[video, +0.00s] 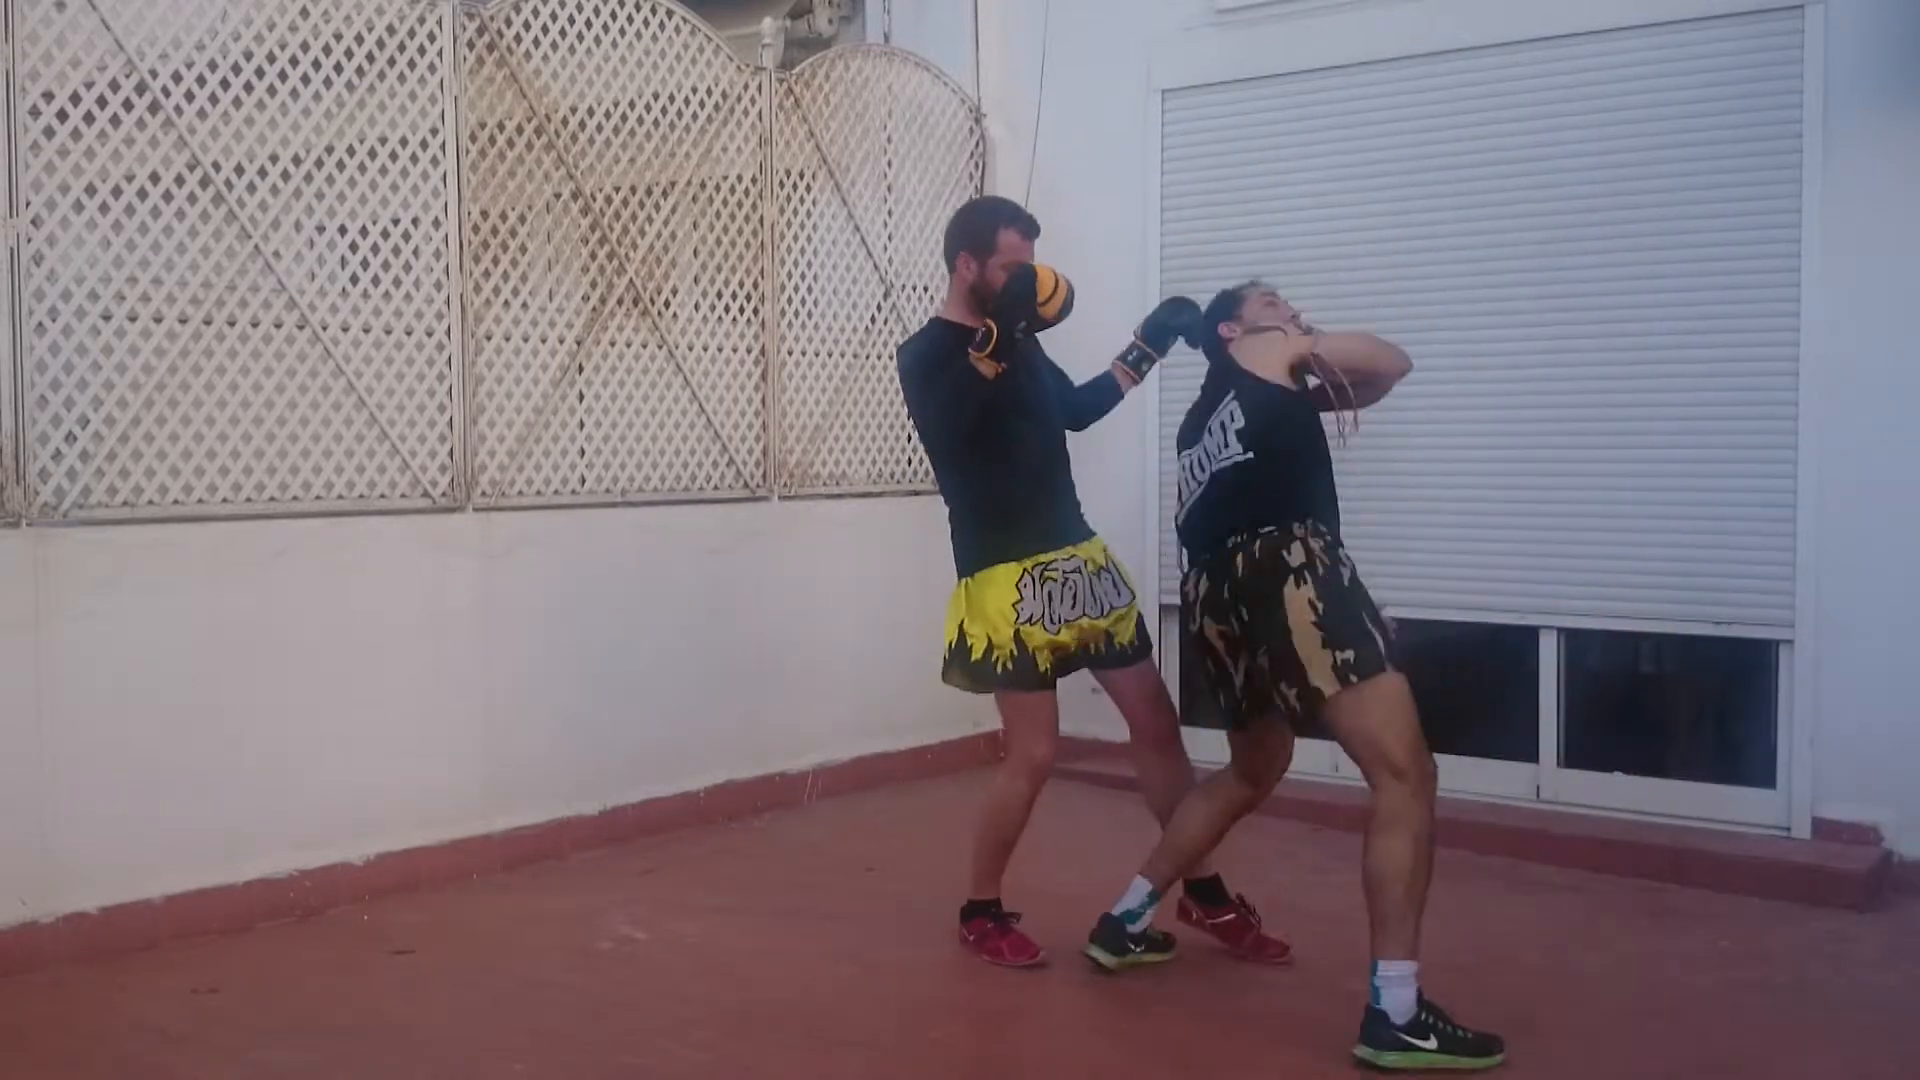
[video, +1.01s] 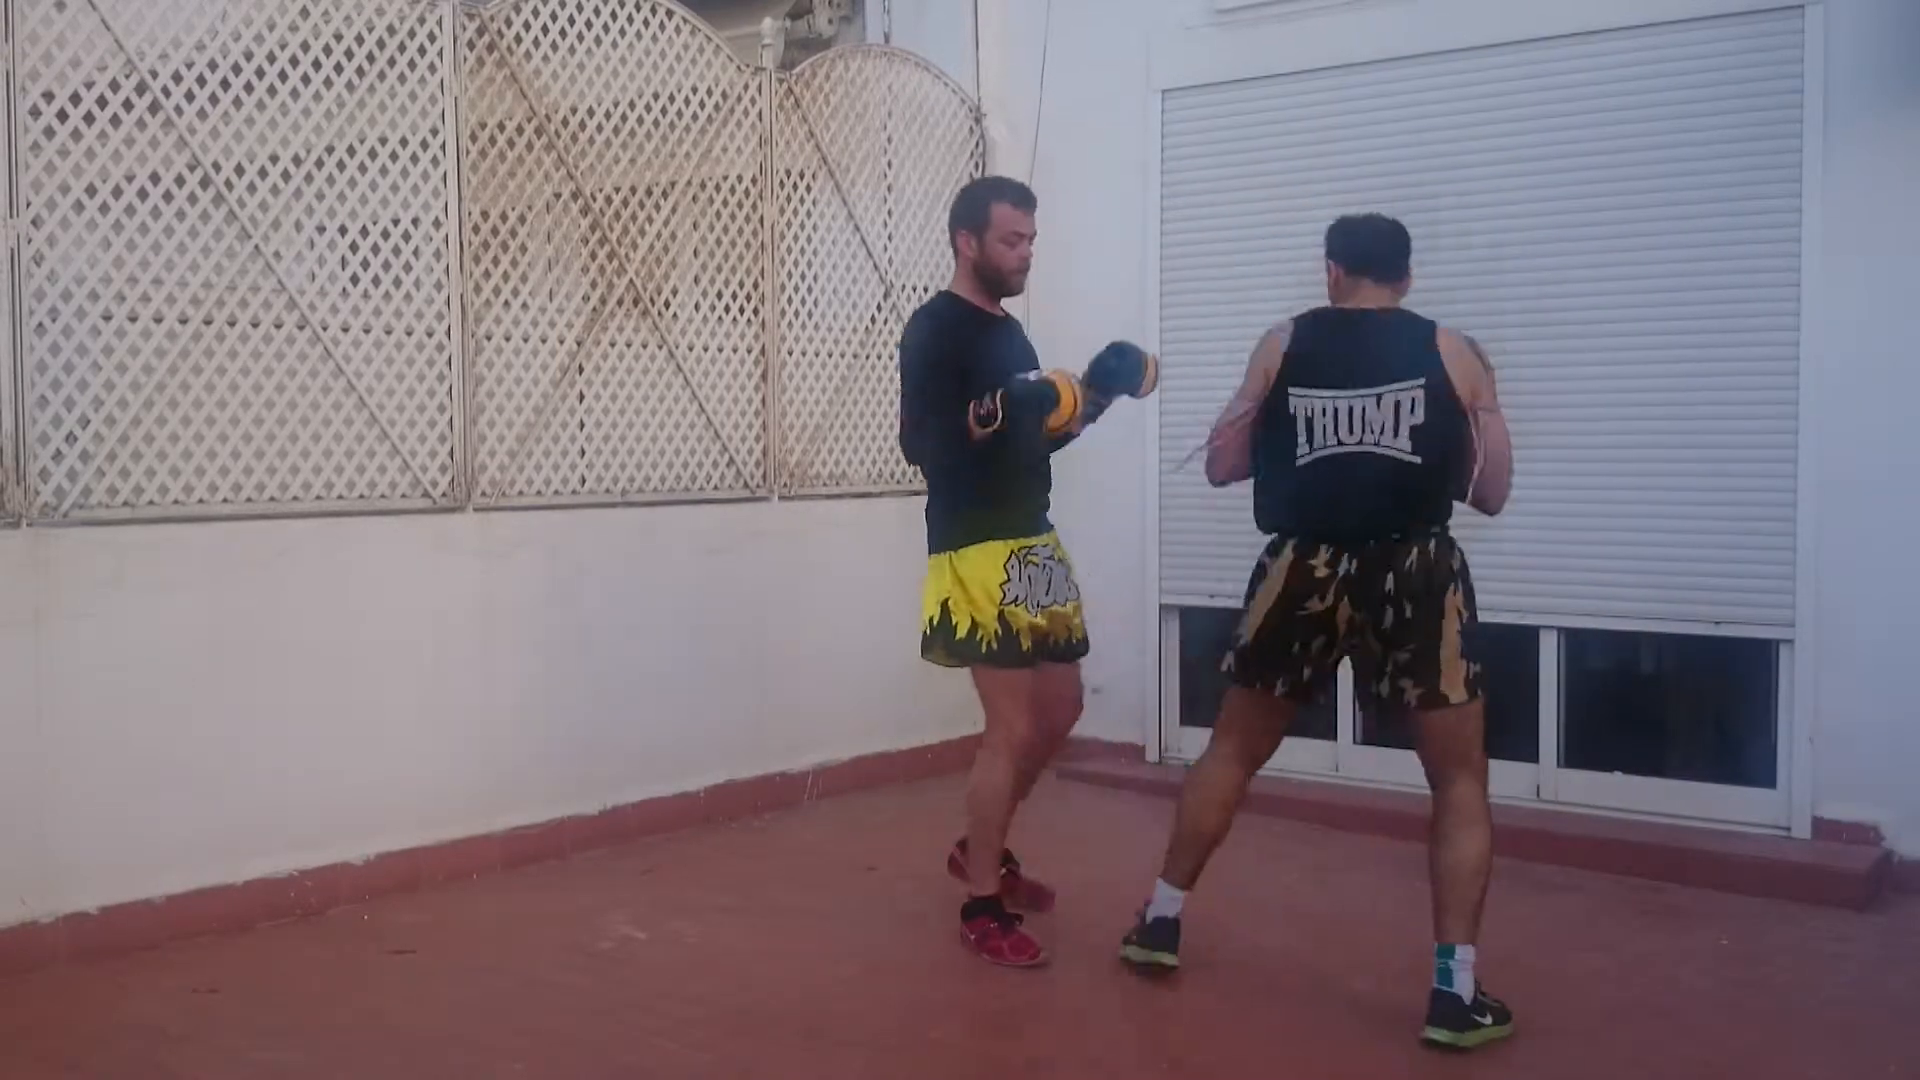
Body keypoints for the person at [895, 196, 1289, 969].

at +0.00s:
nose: (1026, 282)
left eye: (1030, 269)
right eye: (1015, 269)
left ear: (1018, 268)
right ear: (966, 265)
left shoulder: (1014, 338)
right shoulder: (927, 352)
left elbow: (1075, 410)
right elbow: (949, 432)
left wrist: (1146, 347)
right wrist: (1003, 343)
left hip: (1079, 554)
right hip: (1004, 572)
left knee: (1154, 717)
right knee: (1031, 753)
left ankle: (1203, 890)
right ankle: (982, 911)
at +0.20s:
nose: (1038, 280)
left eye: (1041, 267)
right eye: (1022, 266)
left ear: (1034, 272)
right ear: (972, 267)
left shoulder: (1038, 350)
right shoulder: (944, 350)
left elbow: (1129, 418)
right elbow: (1028, 375)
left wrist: (1136, 348)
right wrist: (1054, 289)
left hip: (1095, 556)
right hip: (1016, 571)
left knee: (1179, 716)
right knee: (1041, 756)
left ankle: (1211, 884)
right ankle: (986, 908)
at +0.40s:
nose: (1048, 285)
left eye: (1052, 273)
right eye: (1036, 270)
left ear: (1040, 274)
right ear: (988, 267)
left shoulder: (1044, 361)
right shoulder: (958, 347)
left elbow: (1125, 437)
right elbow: (1075, 340)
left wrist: (1118, 350)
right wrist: (1082, 268)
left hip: (1103, 562)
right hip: (1032, 575)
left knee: (1203, 712)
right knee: (1056, 760)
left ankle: (1217, 878)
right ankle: (986, 908)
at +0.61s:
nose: (1053, 285)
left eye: (1056, 273)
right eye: (1041, 271)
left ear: (1041, 270)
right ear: (990, 269)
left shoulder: (1041, 358)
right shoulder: (960, 344)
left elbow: (1113, 445)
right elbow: (1080, 340)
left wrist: (1125, 357)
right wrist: (1083, 263)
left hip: (1098, 560)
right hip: (1028, 574)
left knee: (1182, 719)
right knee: (1057, 759)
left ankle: (1218, 888)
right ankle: (986, 908)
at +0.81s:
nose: (1038, 276)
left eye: (1042, 262)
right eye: (1025, 260)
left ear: (1029, 262)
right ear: (976, 255)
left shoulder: (1019, 343)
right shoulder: (945, 335)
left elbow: (1076, 434)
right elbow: (1026, 359)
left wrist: (1105, 361)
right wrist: (1070, 272)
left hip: (1062, 547)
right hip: (1001, 562)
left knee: (1118, 720)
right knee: (1038, 745)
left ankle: (1161, 881)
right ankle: (984, 908)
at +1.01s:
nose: (1026, 253)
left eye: (1030, 240)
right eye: (1012, 239)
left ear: (1022, 244)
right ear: (965, 241)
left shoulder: (1010, 330)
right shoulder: (933, 329)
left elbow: (1034, 437)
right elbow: (924, 448)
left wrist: (1095, 395)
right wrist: (1005, 416)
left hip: (1032, 541)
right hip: (978, 551)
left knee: (1056, 711)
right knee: (1009, 727)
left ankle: (983, 847)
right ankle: (982, 904)